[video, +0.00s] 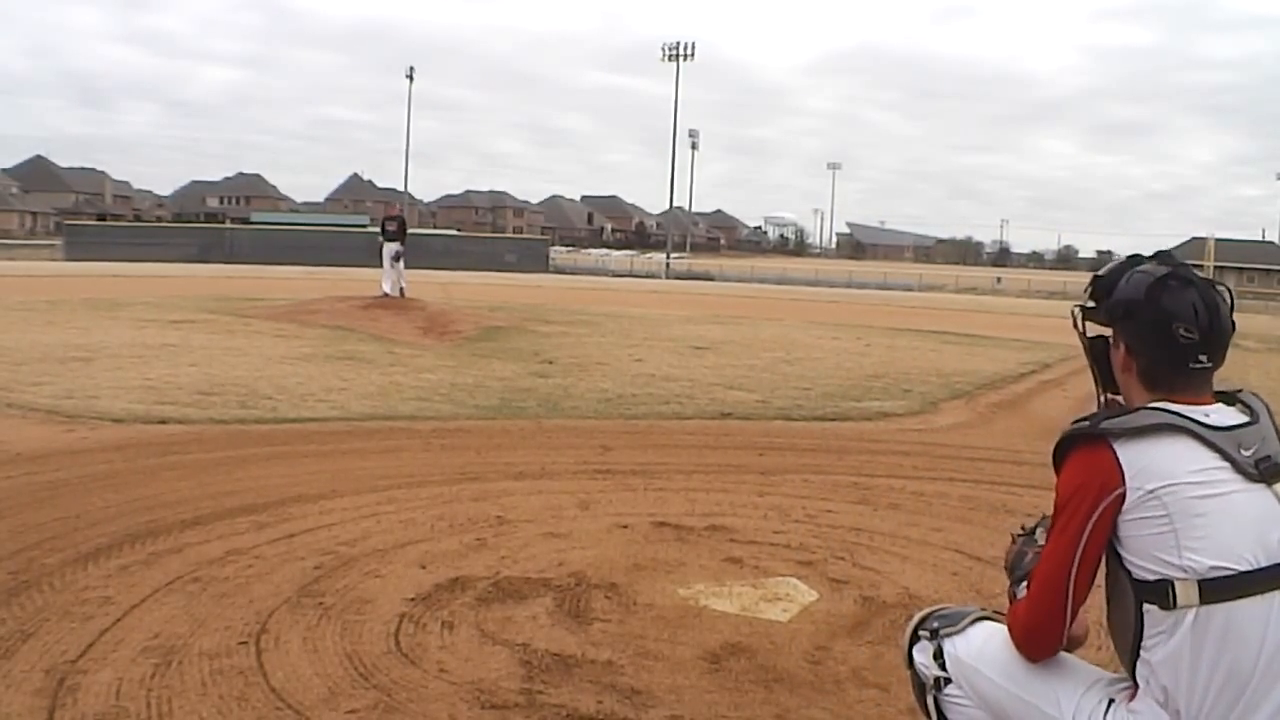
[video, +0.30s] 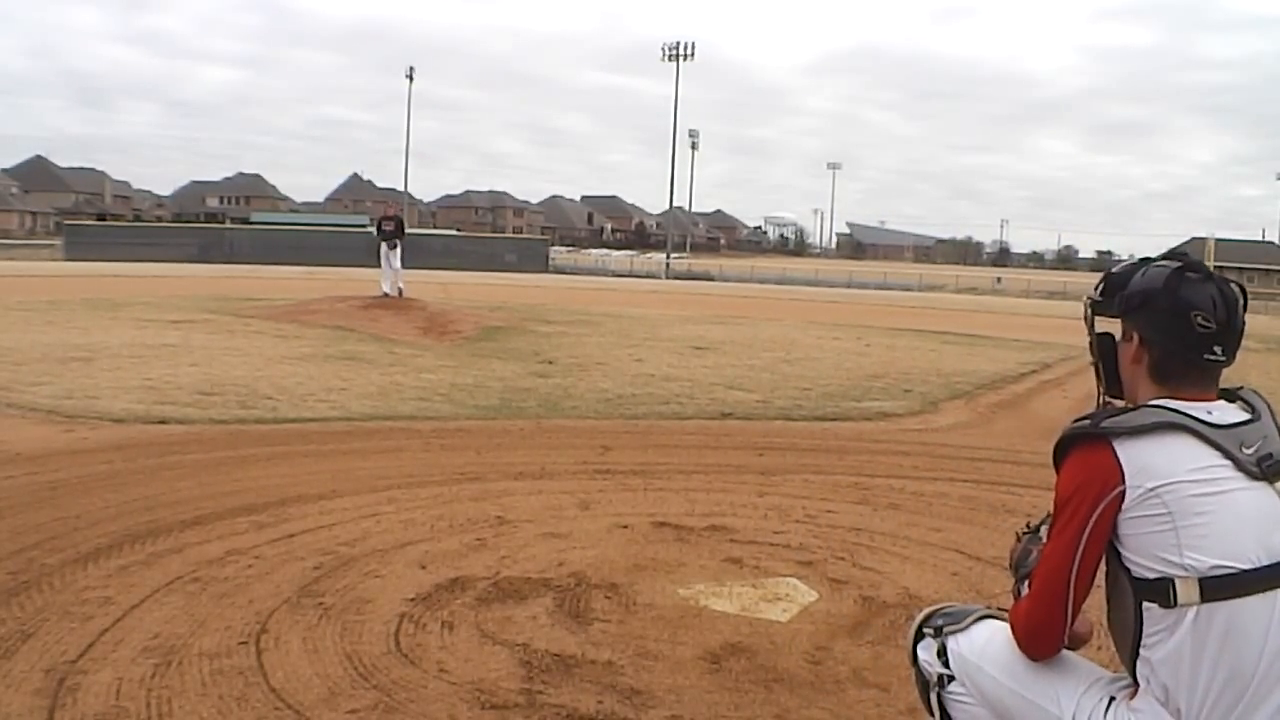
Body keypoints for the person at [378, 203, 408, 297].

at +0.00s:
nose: (392, 211)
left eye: (394, 208)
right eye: (391, 208)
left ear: (397, 209)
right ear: (388, 209)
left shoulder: (401, 219)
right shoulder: (385, 219)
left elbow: (404, 233)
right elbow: (382, 231)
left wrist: (402, 245)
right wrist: (384, 238)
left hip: (397, 244)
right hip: (387, 244)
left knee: (399, 268)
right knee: (386, 267)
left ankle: (401, 287)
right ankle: (386, 289)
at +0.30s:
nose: (389, 210)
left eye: (391, 207)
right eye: (388, 207)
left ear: (394, 209)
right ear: (385, 209)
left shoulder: (398, 220)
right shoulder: (381, 219)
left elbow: (402, 232)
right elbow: (378, 232)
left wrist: (397, 240)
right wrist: (383, 238)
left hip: (395, 242)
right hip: (384, 242)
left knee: (396, 266)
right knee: (384, 267)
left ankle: (399, 286)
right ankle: (386, 290)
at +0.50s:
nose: (389, 210)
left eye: (391, 207)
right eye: (388, 208)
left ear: (394, 209)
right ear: (385, 209)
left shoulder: (398, 219)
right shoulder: (381, 220)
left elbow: (402, 232)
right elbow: (376, 232)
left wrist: (397, 238)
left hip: (394, 243)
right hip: (384, 243)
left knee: (395, 267)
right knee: (384, 267)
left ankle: (399, 290)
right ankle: (386, 290)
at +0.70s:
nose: (390, 210)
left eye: (392, 207)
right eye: (388, 207)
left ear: (395, 209)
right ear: (386, 209)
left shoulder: (399, 219)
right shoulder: (382, 219)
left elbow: (402, 231)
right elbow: (375, 232)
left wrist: (398, 239)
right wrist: (365, 233)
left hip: (395, 242)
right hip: (385, 243)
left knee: (396, 267)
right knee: (385, 267)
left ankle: (399, 290)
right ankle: (386, 290)